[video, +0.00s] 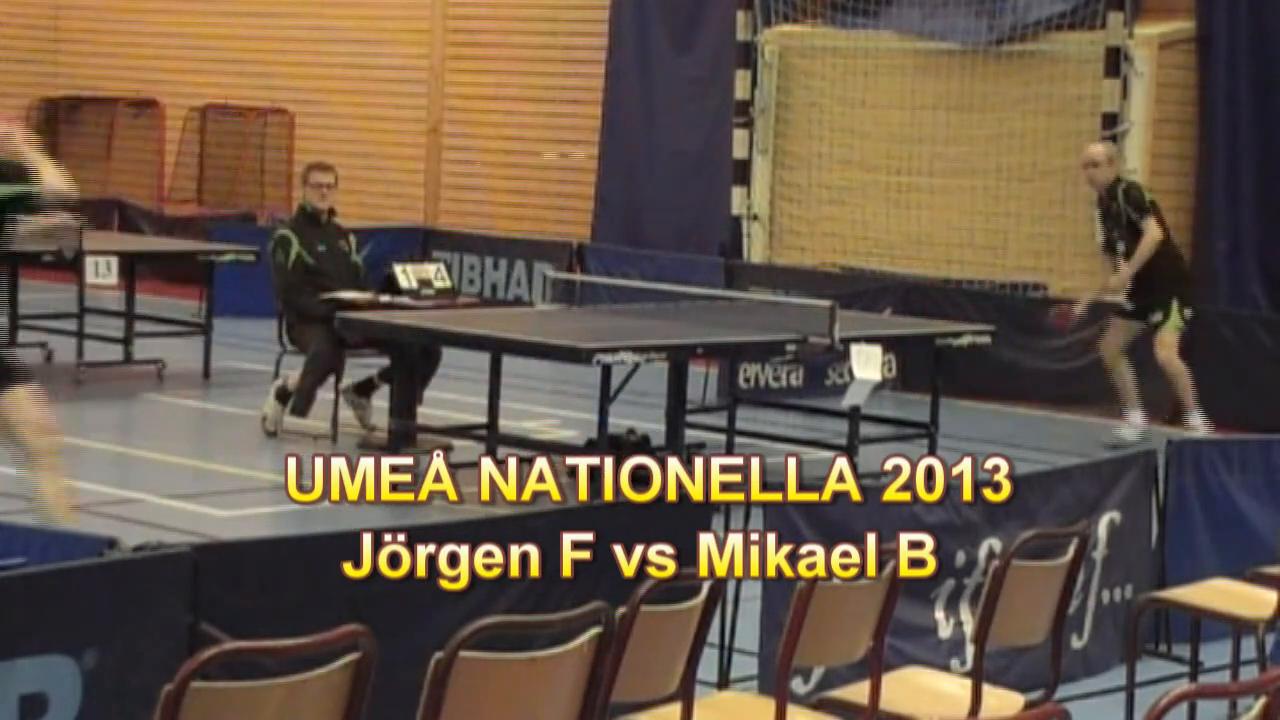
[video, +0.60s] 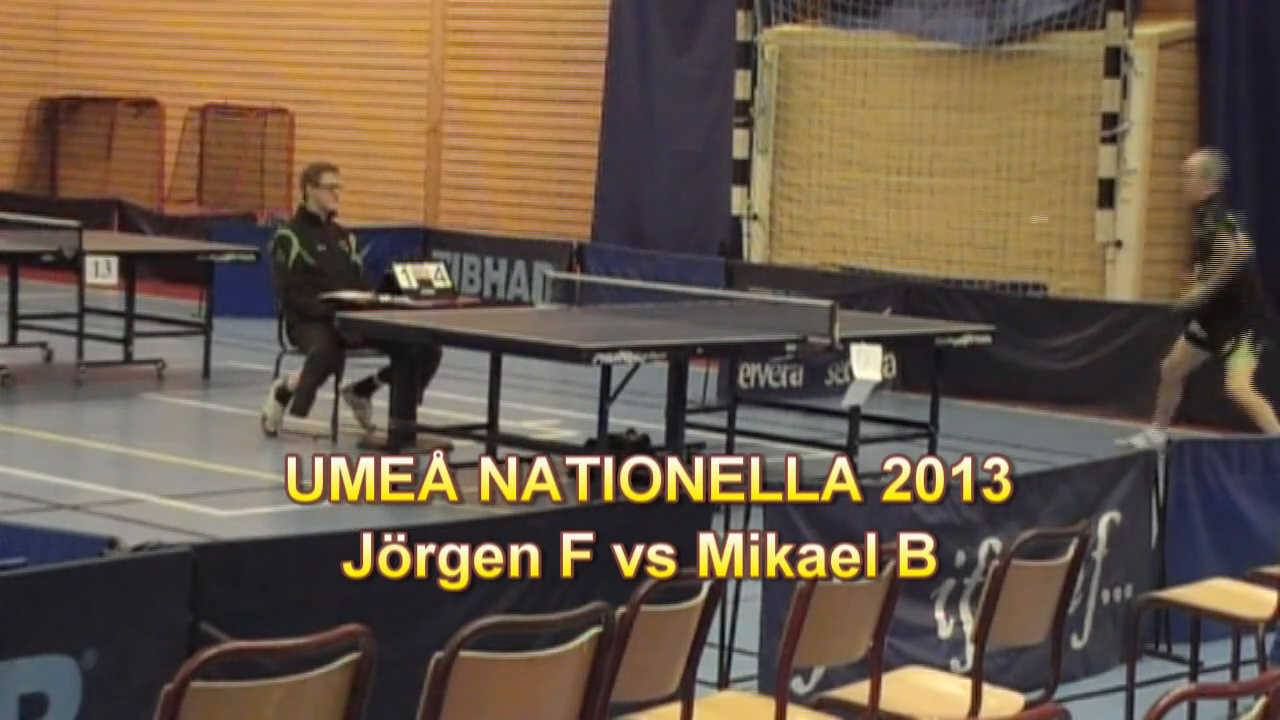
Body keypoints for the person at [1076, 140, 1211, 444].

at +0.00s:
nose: (1090, 173)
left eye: (1095, 166)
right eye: (1086, 167)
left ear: (1113, 166)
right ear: (1083, 171)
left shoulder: (1130, 192)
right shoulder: (1104, 204)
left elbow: (1154, 233)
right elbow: (1116, 266)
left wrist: (1126, 272)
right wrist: (1091, 300)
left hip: (1173, 287)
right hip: (1143, 290)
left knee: (1165, 352)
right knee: (1109, 347)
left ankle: (1195, 418)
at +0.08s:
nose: (1098, 180)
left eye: (1103, 172)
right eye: (1093, 174)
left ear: (1119, 172)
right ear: (1089, 177)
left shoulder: (1135, 201)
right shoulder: (1114, 209)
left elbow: (1147, 247)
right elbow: (1117, 260)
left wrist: (1118, 289)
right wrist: (1106, 304)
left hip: (1176, 292)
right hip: (1150, 295)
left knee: (1173, 360)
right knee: (1124, 356)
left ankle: (1220, 422)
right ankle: (1147, 427)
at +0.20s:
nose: (1107, 199)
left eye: (1111, 193)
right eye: (1104, 193)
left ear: (1126, 195)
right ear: (1105, 199)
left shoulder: (1136, 219)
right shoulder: (1139, 218)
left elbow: (1129, 272)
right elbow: (1177, 256)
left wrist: (1100, 309)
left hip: (1189, 313)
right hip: (1163, 313)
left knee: (1197, 378)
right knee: (1121, 362)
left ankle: (1249, 433)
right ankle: (1147, 432)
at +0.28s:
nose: (1115, 210)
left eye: (1120, 203)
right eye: (1114, 203)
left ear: (1135, 203)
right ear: (1135, 205)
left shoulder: (1142, 233)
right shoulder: (1152, 226)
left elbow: (1122, 283)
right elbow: (1189, 256)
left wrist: (1094, 318)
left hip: (1195, 324)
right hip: (1170, 323)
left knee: (1207, 387)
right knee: (1125, 362)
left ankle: (1260, 440)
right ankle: (1148, 432)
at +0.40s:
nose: (1138, 216)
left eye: (1144, 209)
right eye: (1137, 210)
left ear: (1162, 210)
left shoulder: (1159, 241)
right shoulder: (1195, 239)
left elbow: (1121, 282)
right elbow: (1227, 283)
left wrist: (1095, 316)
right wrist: (1257, 316)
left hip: (1213, 327)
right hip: (1189, 325)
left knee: (1214, 399)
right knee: (1141, 361)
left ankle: (1267, 445)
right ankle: (1152, 433)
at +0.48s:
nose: (1157, 211)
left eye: (1163, 203)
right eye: (1155, 204)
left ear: (1182, 205)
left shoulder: (1176, 239)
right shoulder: (1217, 238)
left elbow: (1139, 273)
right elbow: (1245, 287)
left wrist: (1118, 309)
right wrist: (1268, 304)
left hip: (1220, 329)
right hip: (1200, 326)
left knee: (1222, 402)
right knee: (1151, 363)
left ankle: (1271, 444)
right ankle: (1154, 434)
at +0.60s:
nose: (1183, 182)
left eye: (1190, 175)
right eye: (1183, 174)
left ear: (1211, 181)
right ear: (1199, 181)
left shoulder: (1225, 216)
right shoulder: (1203, 216)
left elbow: (1238, 253)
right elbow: (1209, 258)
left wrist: (1200, 293)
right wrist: (1199, 274)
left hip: (1243, 317)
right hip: (1212, 315)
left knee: (1237, 387)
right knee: (1172, 369)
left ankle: (1277, 439)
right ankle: (1157, 432)